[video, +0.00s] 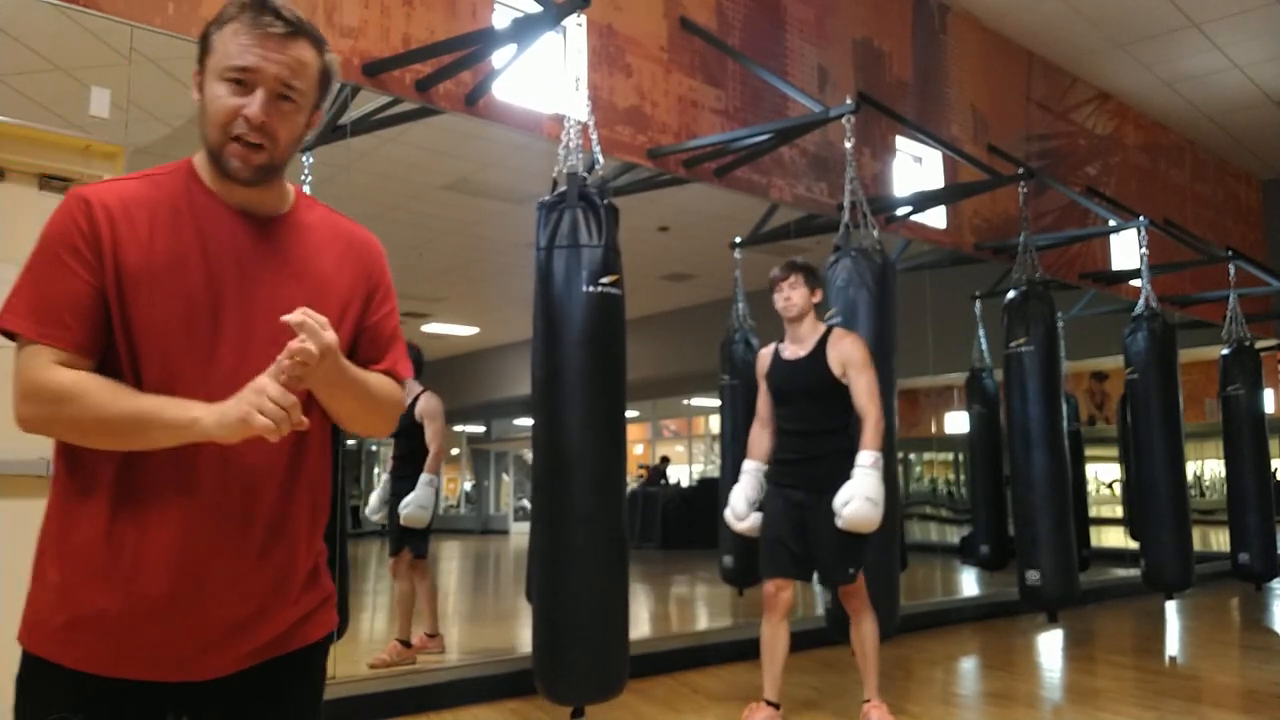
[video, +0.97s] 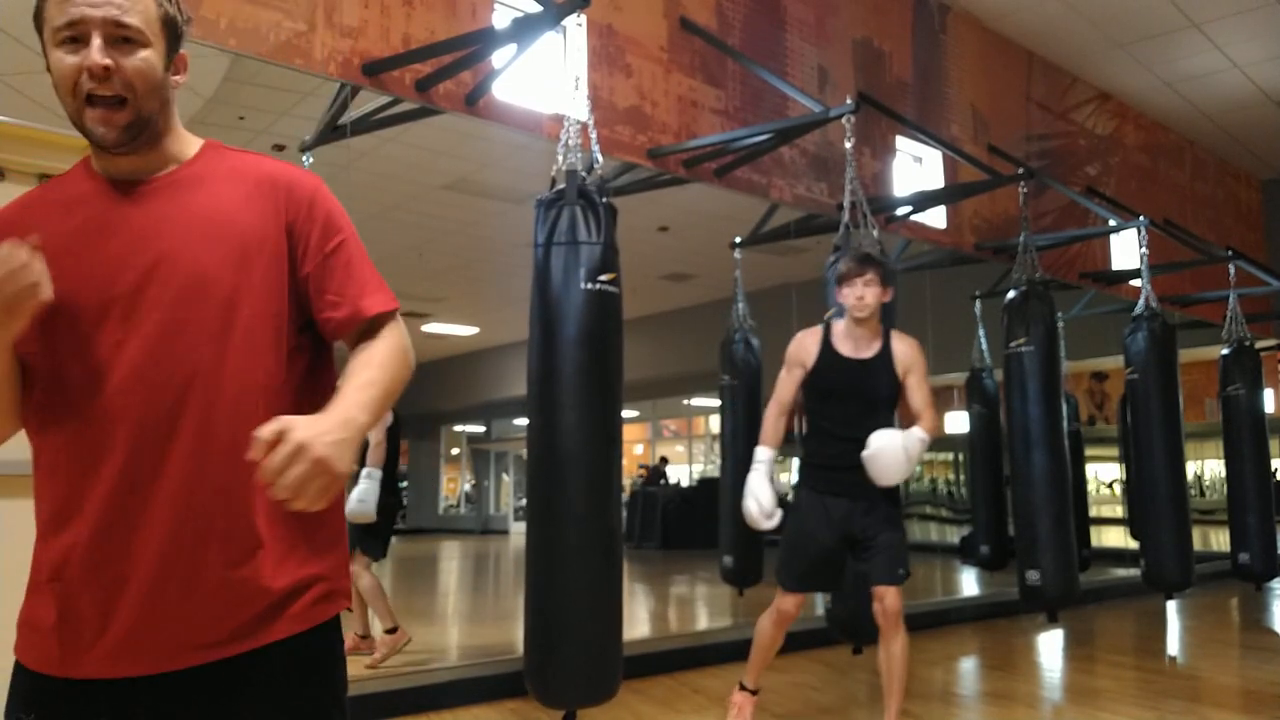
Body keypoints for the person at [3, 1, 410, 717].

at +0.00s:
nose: (256, 113)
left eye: (286, 97)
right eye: (238, 83)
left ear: (314, 118)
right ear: (198, 84)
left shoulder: (355, 256)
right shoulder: (100, 215)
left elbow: (385, 414)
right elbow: (38, 393)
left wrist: (334, 375)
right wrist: (211, 418)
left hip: (273, 654)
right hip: (96, 646)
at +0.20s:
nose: (289, 110)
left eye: (317, 95)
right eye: (271, 80)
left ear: (339, 120)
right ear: (227, 84)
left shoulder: (375, 258)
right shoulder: (126, 213)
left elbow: (402, 420)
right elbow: (69, 391)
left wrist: (353, 382)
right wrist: (236, 434)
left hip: (290, 647)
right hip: (116, 638)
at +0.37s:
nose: (300, 112)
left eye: (328, 97)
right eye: (283, 82)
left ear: (349, 120)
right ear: (238, 84)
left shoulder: (378, 255)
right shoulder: (129, 209)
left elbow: (410, 416)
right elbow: (62, 385)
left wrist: (340, 369)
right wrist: (231, 418)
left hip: (293, 649)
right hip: (116, 640)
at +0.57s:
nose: (250, 93)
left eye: (276, 77)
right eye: (229, 65)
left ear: (300, 103)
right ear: (183, 72)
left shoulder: (344, 244)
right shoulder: (76, 215)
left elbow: (399, 404)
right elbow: (6, 373)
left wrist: (323, 341)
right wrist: (133, 378)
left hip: (289, 650)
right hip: (96, 648)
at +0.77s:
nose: (146, 64)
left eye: (172, 45)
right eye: (120, 39)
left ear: (212, 72)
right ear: (85, 63)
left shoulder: (301, 215)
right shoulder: (23, 221)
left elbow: (388, 347)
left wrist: (371, 410)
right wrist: (22, 303)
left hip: (279, 638)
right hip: (76, 641)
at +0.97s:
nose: (96, 61)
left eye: (123, 39)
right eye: (72, 39)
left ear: (175, 66)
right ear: (48, 66)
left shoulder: (286, 197)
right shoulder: (19, 230)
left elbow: (386, 337)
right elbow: (1, 425)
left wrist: (343, 425)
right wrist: (0, 336)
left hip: (271, 641)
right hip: (78, 645)